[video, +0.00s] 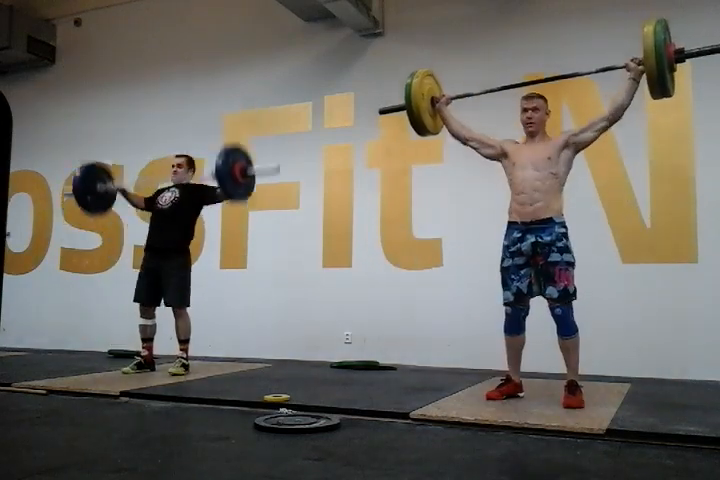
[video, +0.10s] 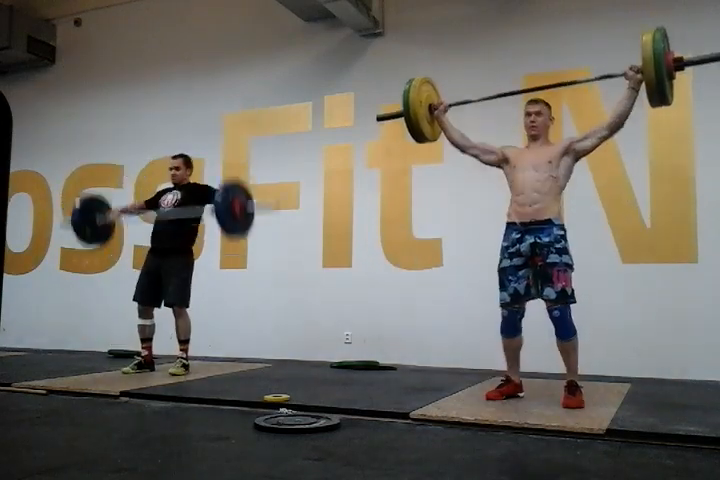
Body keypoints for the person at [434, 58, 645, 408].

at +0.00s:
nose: (529, 115)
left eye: (535, 110)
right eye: (525, 111)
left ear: (548, 114)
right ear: (520, 116)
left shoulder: (566, 145)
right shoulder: (508, 150)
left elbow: (612, 116)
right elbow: (465, 136)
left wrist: (634, 76)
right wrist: (441, 107)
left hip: (552, 232)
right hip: (516, 234)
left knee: (561, 309)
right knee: (514, 310)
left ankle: (572, 384)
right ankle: (512, 380)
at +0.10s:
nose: (532, 119)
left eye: (538, 115)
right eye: (528, 115)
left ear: (551, 120)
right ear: (523, 121)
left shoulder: (567, 151)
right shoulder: (509, 156)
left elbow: (611, 126)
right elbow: (465, 145)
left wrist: (633, 86)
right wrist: (441, 117)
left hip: (550, 234)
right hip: (514, 235)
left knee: (559, 311)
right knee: (510, 312)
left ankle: (572, 384)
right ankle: (512, 381)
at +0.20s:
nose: (532, 122)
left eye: (538, 118)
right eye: (528, 119)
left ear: (551, 125)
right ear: (523, 127)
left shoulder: (566, 156)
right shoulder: (509, 162)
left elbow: (611, 141)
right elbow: (466, 157)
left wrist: (632, 99)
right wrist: (441, 130)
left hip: (549, 237)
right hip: (512, 239)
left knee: (558, 312)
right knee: (504, 313)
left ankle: (572, 384)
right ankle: (511, 380)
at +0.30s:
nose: (532, 122)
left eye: (538, 118)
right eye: (528, 118)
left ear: (549, 123)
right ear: (523, 124)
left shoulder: (564, 153)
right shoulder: (509, 160)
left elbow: (616, 152)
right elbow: (465, 167)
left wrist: (630, 114)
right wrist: (443, 139)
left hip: (548, 235)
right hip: (512, 236)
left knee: (560, 310)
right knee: (508, 311)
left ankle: (572, 382)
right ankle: (511, 380)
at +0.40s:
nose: (532, 110)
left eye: (538, 106)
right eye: (528, 107)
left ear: (550, 114)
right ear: (523, 115)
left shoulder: (562, 142)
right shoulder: (511, 147)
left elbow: (607, 137)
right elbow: (471, 156)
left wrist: (641, 131)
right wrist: (442, 154)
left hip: (550, 223)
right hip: (516, 226)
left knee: (562, 301)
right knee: (511, 302)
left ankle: (572, 376)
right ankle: (509, 374)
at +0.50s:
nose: (528, 110)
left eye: (534, 105)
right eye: (524, 106)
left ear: (547, 111)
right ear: (519, 113)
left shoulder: (563, 140)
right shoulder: (506, 145)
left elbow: (607, 145)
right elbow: (467, 160)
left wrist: (624, 172)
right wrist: (441, 185)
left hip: (552, 226)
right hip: (518, 228)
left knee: (564, 303)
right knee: (513, 304)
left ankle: (572, 378)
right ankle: (509, 376)